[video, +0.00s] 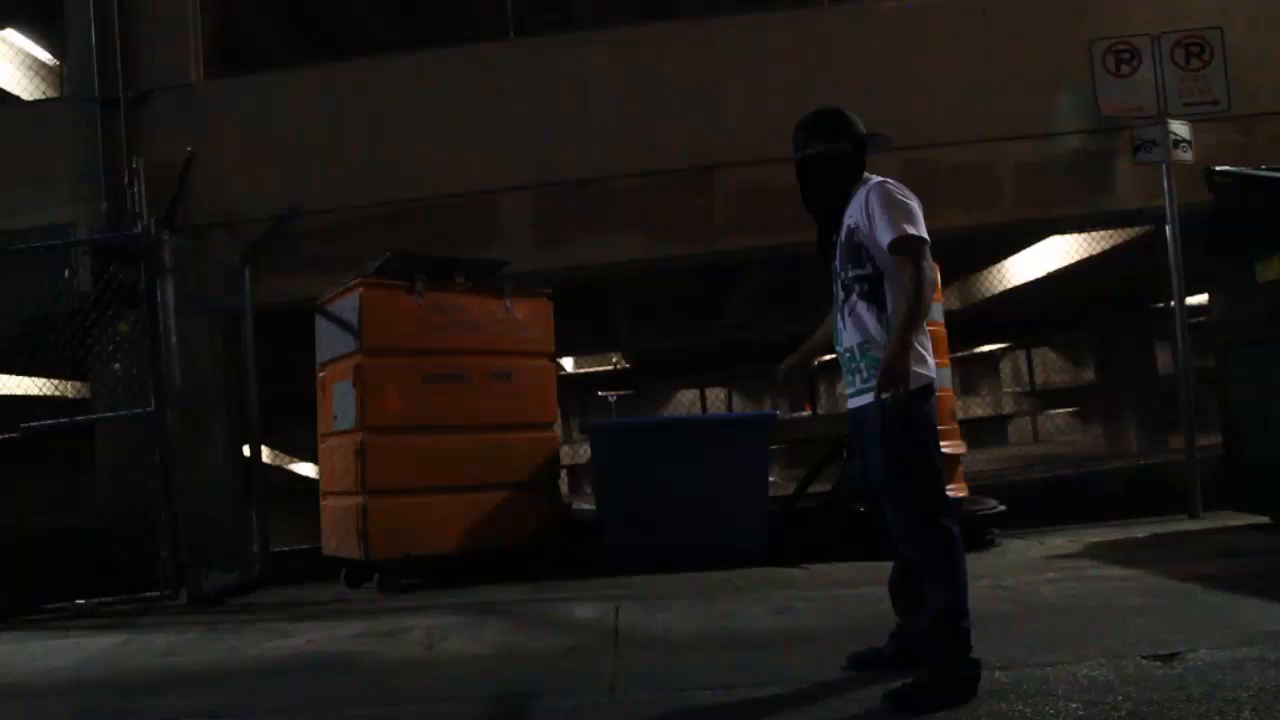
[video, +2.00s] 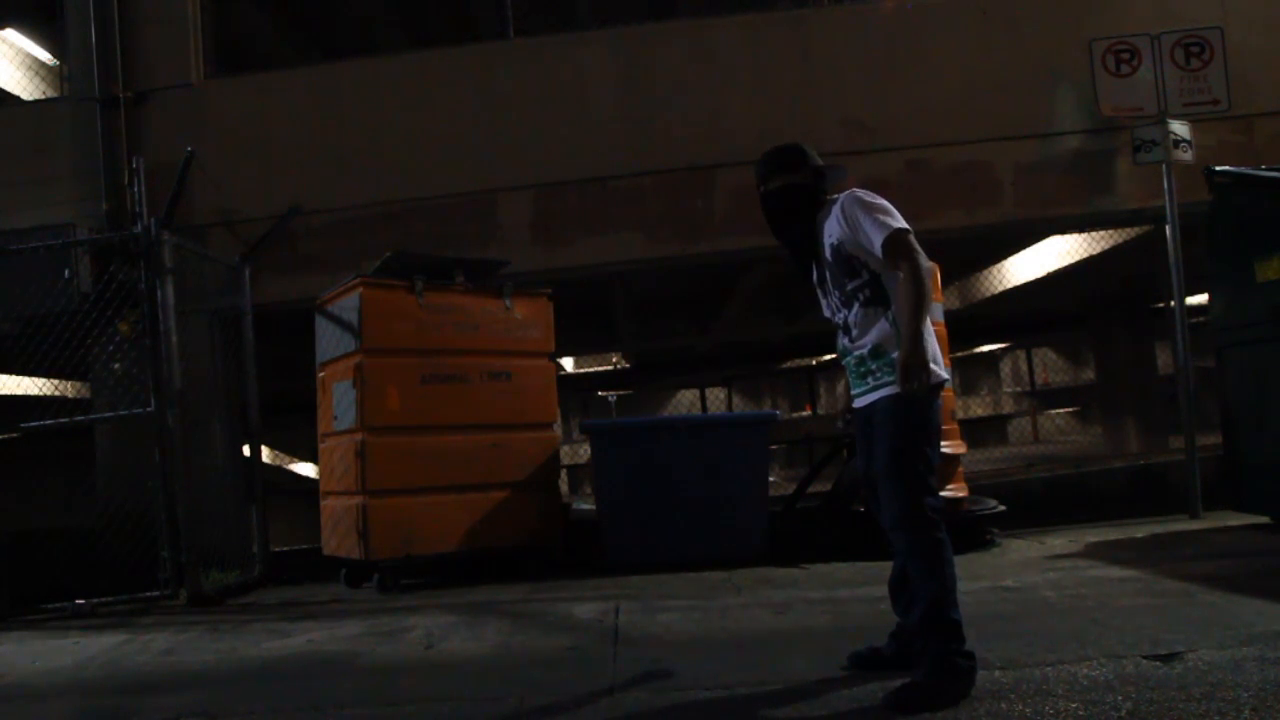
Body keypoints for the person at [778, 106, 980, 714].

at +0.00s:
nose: (805, 174)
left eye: (812, 160)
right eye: (802, 163)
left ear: (842, 155)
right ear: (825, 162)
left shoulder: (879, 194)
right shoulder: (849, 218)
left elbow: (915, 273)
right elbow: (851, 310)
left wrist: (896, 352)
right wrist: (805, 359)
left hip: (903, 390)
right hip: (874, 395)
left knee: (926, 521)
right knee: (898, 521)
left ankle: (951, 665)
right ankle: (914, 638)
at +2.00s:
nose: (773, 207)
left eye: (778, 193)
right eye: (768, 197)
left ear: (806, 182)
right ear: (784, 194)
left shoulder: (852, 206)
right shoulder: (823, 244)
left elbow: (912, 264)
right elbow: (861, 321)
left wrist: (912, 353)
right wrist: (860, 392)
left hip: (904, 393)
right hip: (876, 402)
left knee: (915, 520)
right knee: (897, 520)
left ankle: (947, 660)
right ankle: (914, 638)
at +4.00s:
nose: (776, 209)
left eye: (783, 194)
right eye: (771, 198)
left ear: (811, 185)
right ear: (783, 197)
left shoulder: (858, 211)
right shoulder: (822, 256)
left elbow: (917, 275)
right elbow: (856, 332)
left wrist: (907, 372)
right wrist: (862, 395)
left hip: (908, 392)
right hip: (875, 400)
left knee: (911, 519)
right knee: (896, 519)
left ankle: (946, 660)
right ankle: (914, 637)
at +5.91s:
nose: (753, 214)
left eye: (759, 200)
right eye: (748, 203)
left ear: (788, 191)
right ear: (760, 205)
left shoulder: (839, 218)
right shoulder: (802, 265)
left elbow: (900, 281)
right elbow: (839, 343)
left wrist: (900, 377)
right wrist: (842, 403)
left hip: (900, 393)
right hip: (867, 404)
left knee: (906, 520)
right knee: (889, 521)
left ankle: (945, 661)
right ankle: (910, 640)